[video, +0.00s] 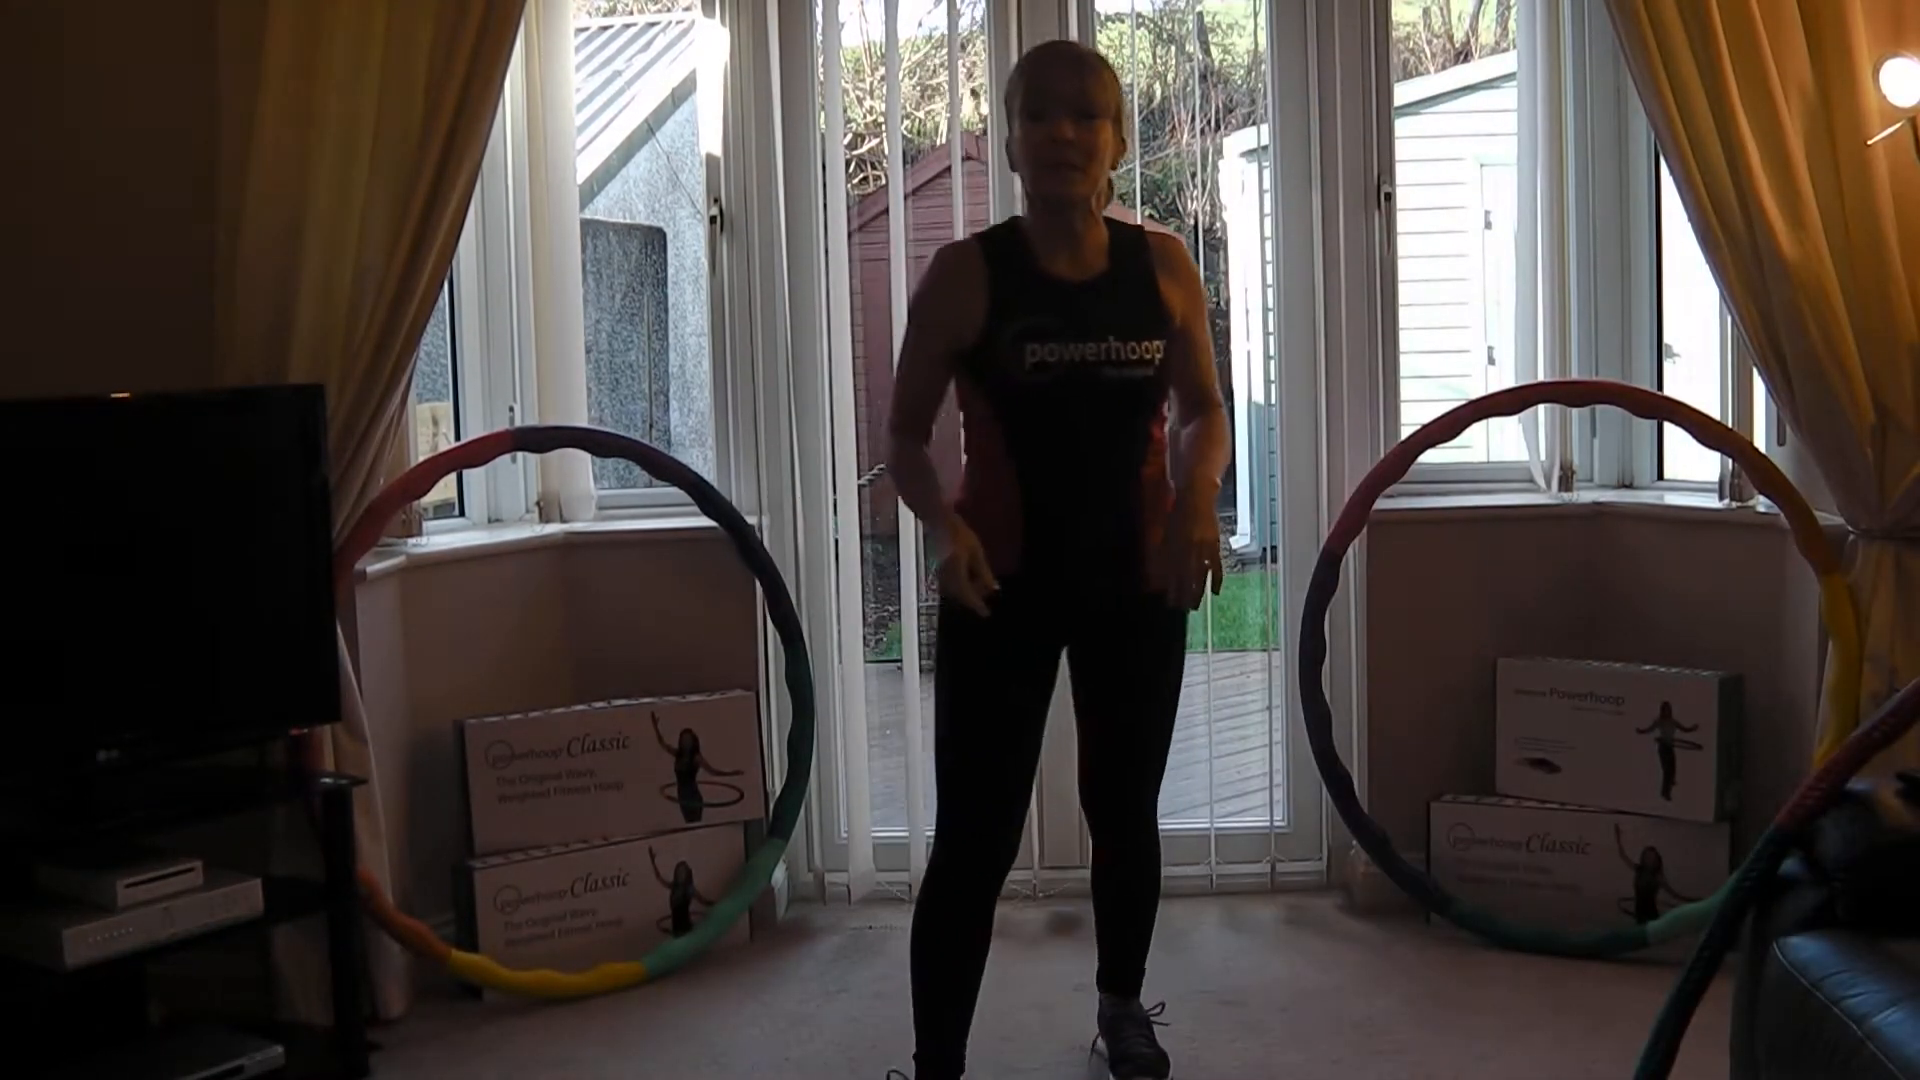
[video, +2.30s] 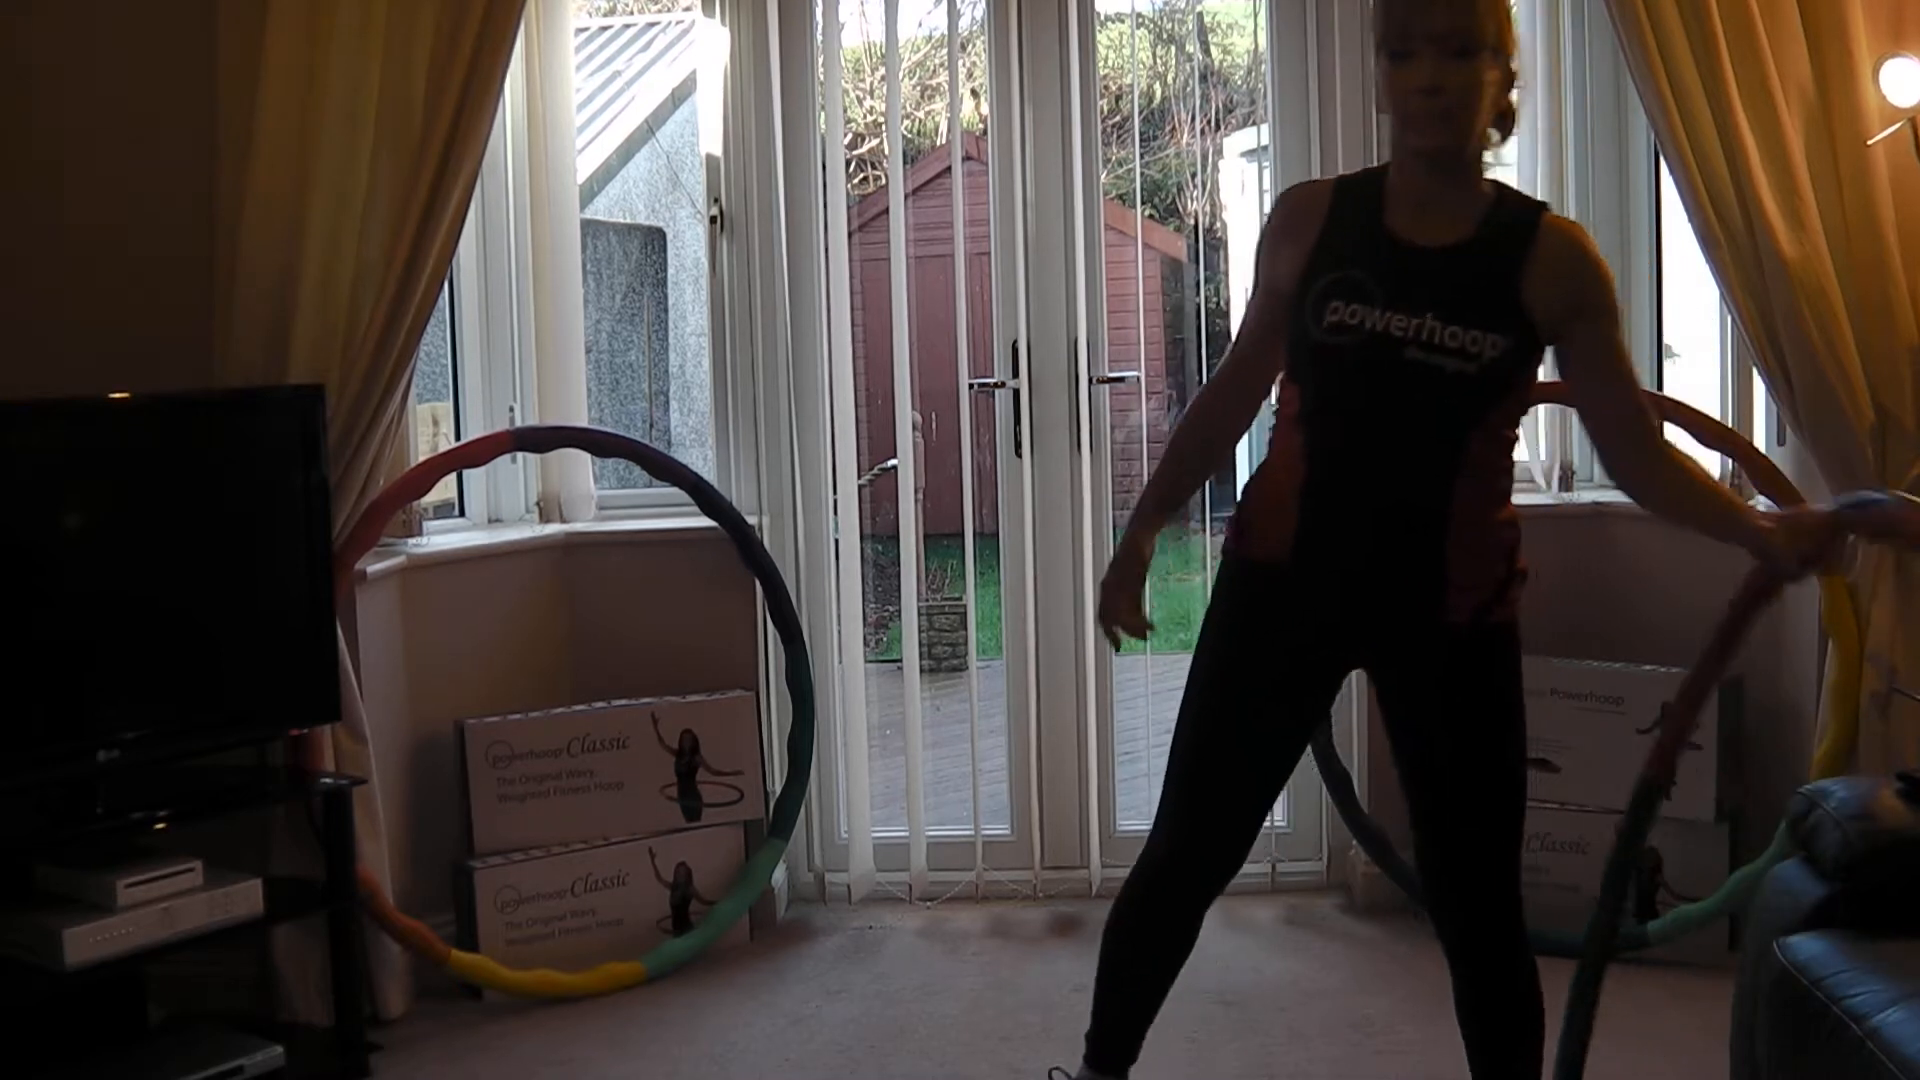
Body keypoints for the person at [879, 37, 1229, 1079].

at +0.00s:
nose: (1064, 137)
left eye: (1087, 115)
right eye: (1042, 116)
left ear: (1119, 135)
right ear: (1012, 134)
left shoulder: (1162, 262)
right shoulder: (964, 275)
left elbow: (1203, 408)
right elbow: (904, 434)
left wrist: (1196, 511)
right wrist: (944, 525)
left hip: (1135, 587)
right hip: (1001, 590)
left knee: (1127, 815)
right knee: (973, 839)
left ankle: (1124, 1010)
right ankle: (936, 1064)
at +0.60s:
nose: (1136, 137)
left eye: (1159, 118)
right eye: (1115, 118)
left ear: (1192, 137)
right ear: (1089, 135)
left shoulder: (1239, 271)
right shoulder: (1036, 269)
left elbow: (1287, 411)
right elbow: (976, 413)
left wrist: (1306, 485)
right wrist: (965, 506)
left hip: (1196, 583)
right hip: (1062, 581)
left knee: (1158, 815)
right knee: (1096, 815)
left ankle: (1123, 1009)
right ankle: (1117, 1041)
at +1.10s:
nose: (1200, 100)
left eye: (1219, 80)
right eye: (1170, 79)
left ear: (1245, 105)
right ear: (1124, 105)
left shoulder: (1284, 248)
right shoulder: (1075, 256)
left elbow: (1349, 403)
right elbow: (1006, 436)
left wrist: (1445, 464)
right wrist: (1070, 517)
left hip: (1266, 596)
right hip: (1122, 601)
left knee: (1338, 845)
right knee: (1135, 875)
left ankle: (1278, 1037)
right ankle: (1136, 1077)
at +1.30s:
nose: (1253, 91)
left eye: (1274, 69)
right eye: (1224, 70)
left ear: (1306, 93)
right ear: (1185, 95)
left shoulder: (1360, 252)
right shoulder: (1131, 250)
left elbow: (1469, 396)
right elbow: (1048, 426)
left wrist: (1597, 439)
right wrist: (1069, 526)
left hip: (1329, 600)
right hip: (1171, 604)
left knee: (1414, 892)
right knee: (1160, 889)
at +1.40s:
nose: (1304, 90)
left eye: (1328, 67)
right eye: (1275, 68)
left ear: (1361, 92)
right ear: (1236, 96)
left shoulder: (1422, 259)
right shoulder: (1183, 251)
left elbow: (1561, 397)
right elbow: (1108, 410)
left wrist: (1719, 442)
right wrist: (1067, 542)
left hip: (1373, 617)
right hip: (1211, 615)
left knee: (1446, 911)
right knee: (1180, 900)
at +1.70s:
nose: (1457, 66)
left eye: (1487, 39)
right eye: (1430, 42)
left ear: (1533, 73)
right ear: (1402, 72)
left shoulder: (1589, 261)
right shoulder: (1337, 214)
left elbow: (1731, 392)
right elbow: (1272, 377)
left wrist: (1892, 489)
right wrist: (1170, 522)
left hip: (1473, 607)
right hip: (1311, 583)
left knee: (1488, 906)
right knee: (1237, 867)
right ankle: (1186, 1073)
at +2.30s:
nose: (1429, 76)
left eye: (1458, 52)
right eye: (1404, 52)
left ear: (1503, 82)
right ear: (1377, 76)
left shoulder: (1553, 260)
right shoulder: (1311, 222)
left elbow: (1634, 448)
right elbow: (1236, 391)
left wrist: (1759, 533)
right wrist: (1137, 537)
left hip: (1450, 602)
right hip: (1285, 584)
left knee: (1480, 906)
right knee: (1184, 857)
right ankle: (1100, 1066)